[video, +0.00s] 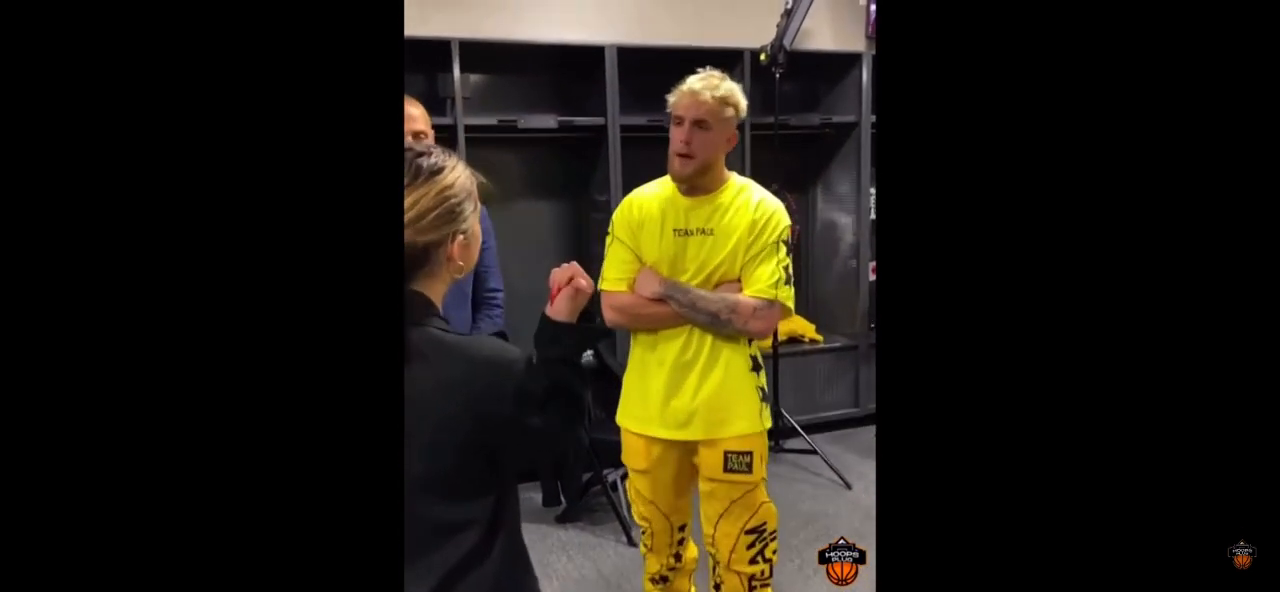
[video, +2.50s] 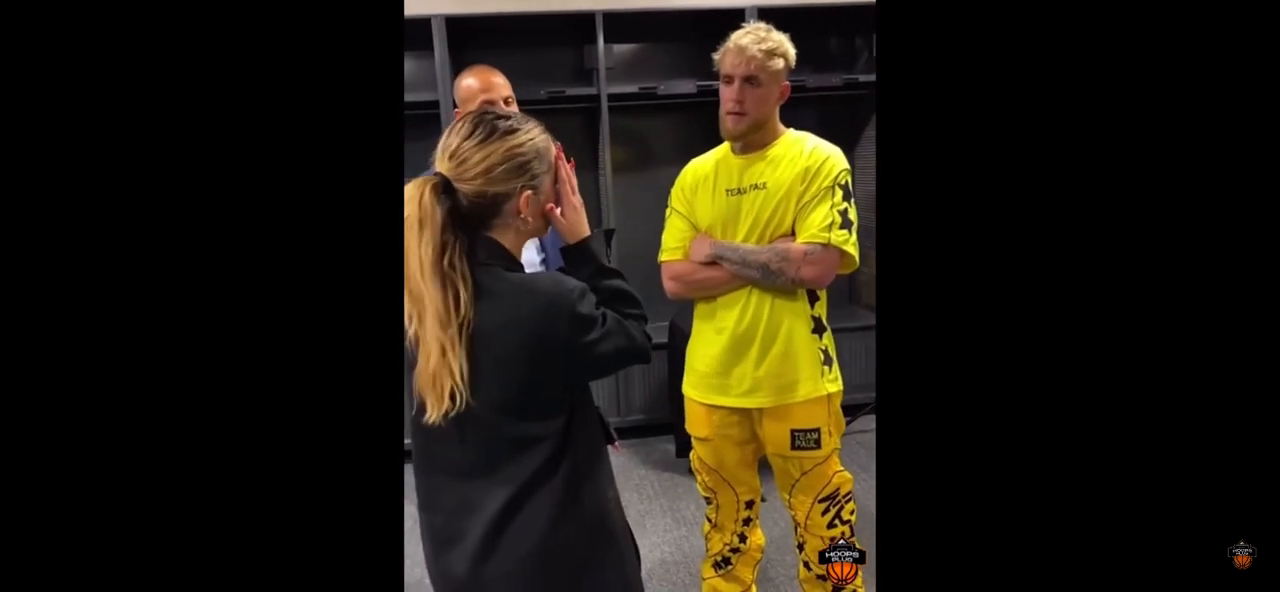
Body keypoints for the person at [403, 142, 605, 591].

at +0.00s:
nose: (481, 238)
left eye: (478, 223)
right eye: (476, 225)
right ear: (456, 251)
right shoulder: (482, 370)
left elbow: (547, 449)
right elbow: (550, 450)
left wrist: (558, 331)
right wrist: (561, 331)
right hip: (475, 577)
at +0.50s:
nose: (423, 239)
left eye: (421, 224)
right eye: (419, 224)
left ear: (418, 241)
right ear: (409, 242)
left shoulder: (433, 372)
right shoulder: (431, 374)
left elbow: (498, 442)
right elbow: (501, 443)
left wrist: (507, 329)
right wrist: (509, 330)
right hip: (435, 575)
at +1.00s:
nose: (454, 207)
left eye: (446, 197)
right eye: (442, 201)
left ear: (414, 236)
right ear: (411, 235)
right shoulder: (448, 348)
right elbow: (544, 409)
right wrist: (506, 298)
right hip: (455, 572)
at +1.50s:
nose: (504, 199)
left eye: (498, 186)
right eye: (497, 188)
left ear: (413, 208)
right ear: (475, 212)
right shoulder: (510, 325)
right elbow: (592, 378)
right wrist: (550, 276)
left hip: (417, 564)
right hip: (504, 566)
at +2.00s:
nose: (551, 208)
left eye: (550, 194)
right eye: (544, 195)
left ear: (448, 203)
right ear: (509, 209)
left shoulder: (414, 296)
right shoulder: (540, 308)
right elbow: (618, 349)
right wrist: (577, 254)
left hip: (439, 558)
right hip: (541, 560)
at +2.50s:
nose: (557, 196)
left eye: (554, 184)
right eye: (550, 186)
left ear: (459, 198)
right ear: (524, 203)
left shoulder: (422, 290)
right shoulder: (549, 301)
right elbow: (631, 334)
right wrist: (581, 246)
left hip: (455, 541)